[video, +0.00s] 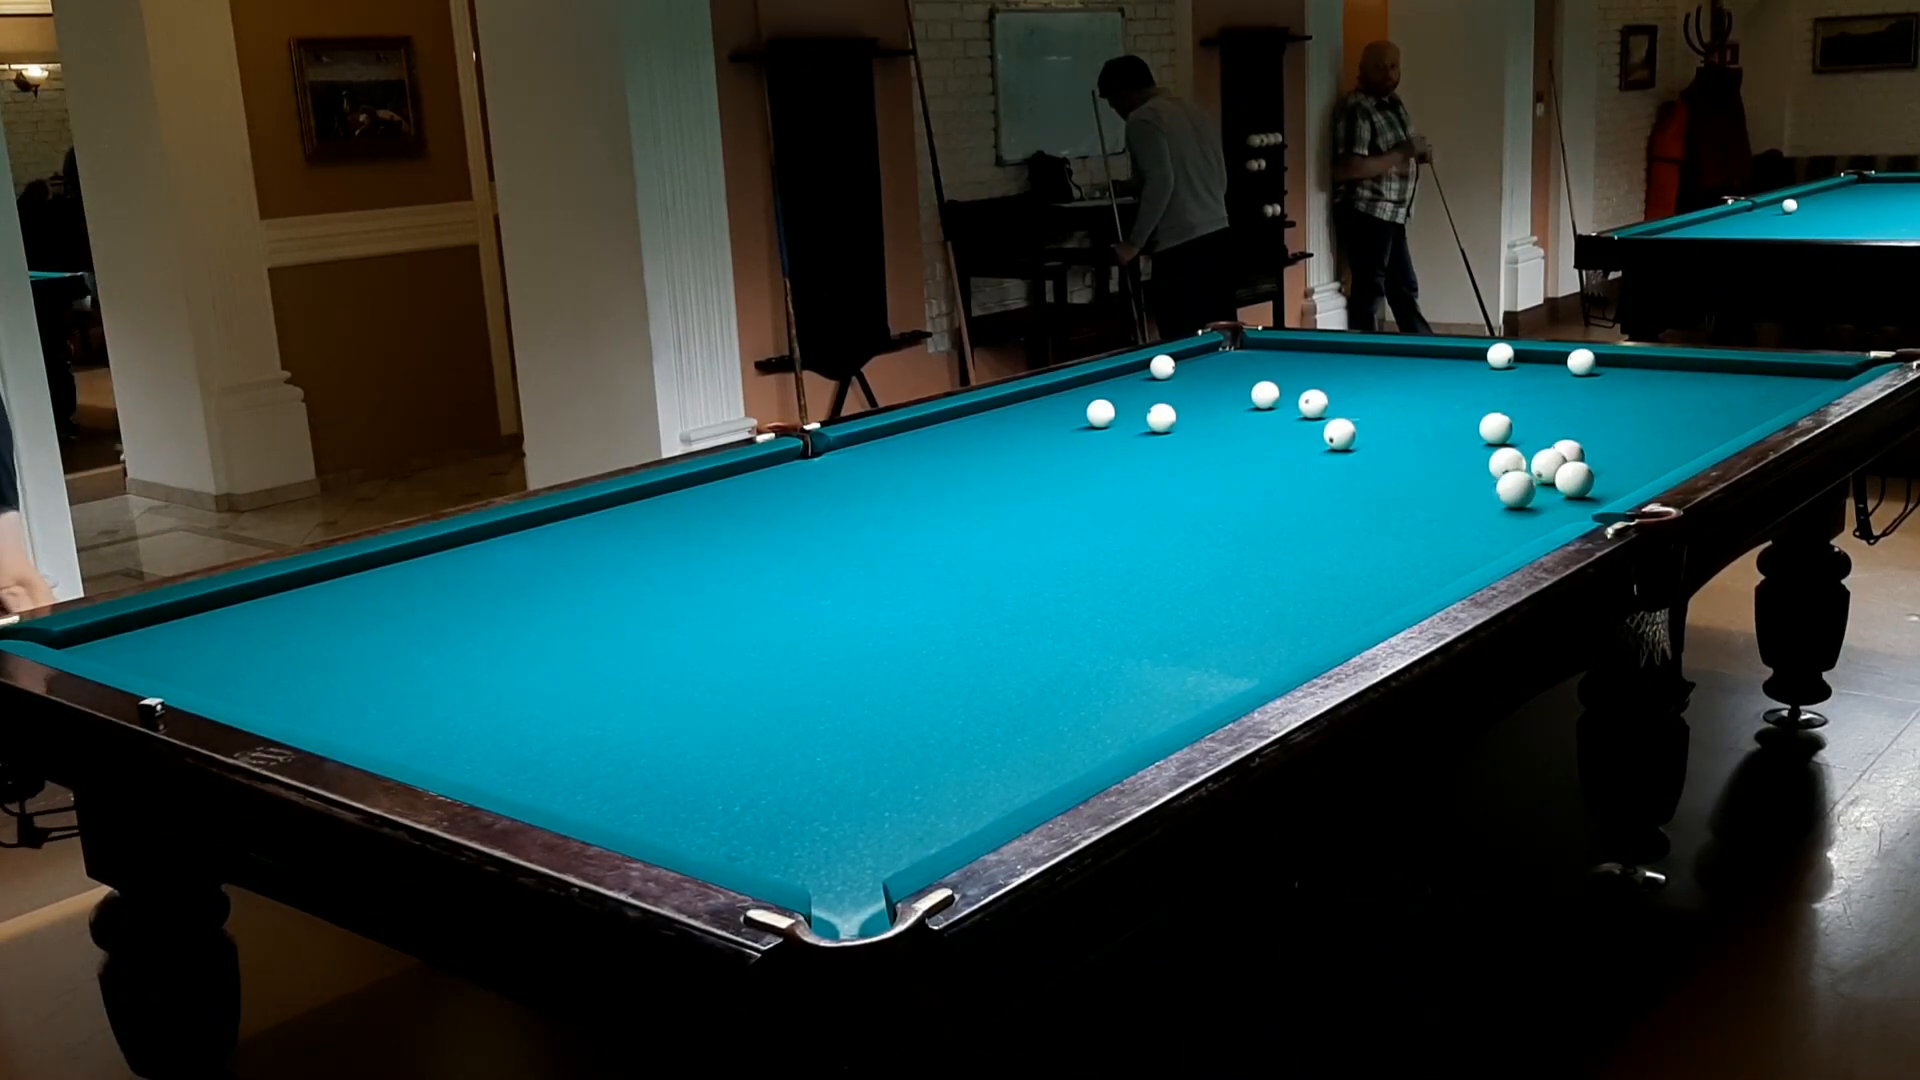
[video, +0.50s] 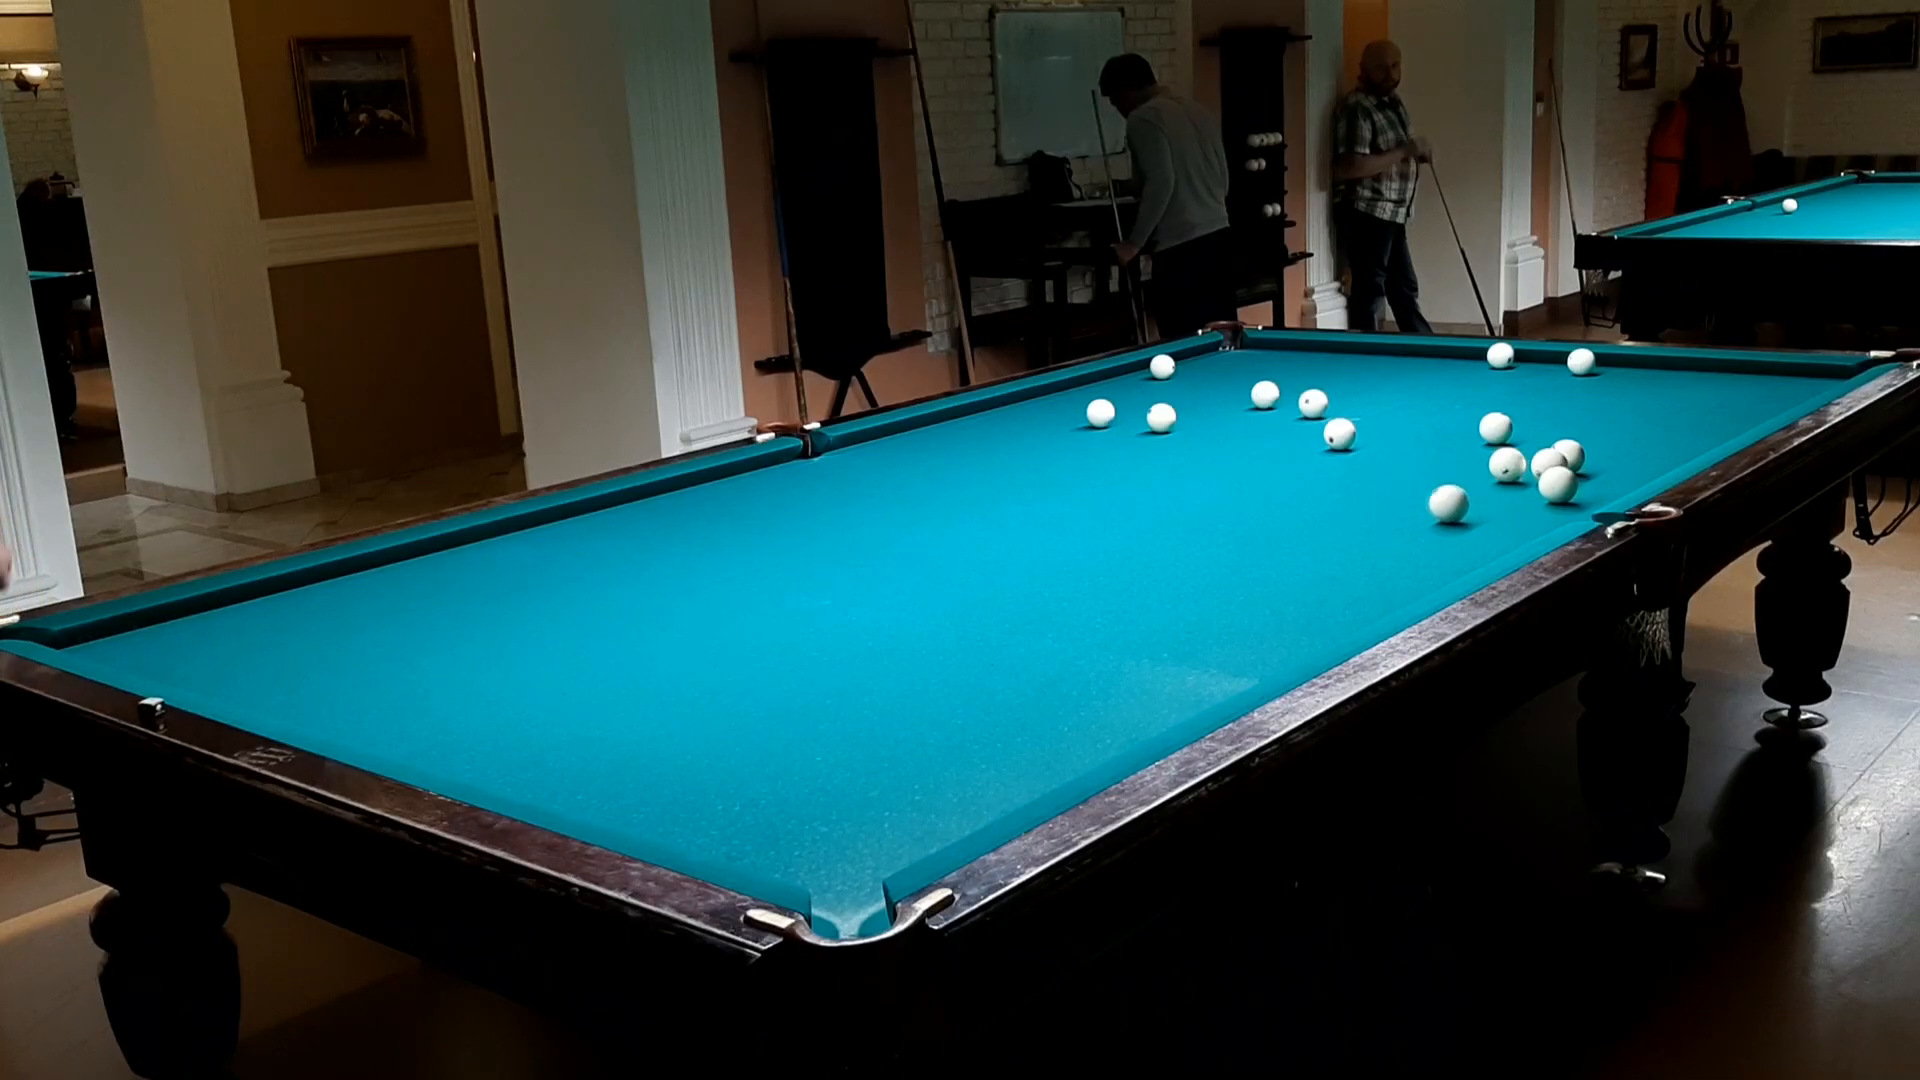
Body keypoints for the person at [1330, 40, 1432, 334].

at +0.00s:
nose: (1393, 74)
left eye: (1396, 67)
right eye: (1386, 67)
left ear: (1399, 68)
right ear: (1367, 69)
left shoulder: (1393, 104)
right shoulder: (1355, 107)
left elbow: (1391, 153)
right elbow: (1350, 167)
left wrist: (1417, 154)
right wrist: (1398, 156)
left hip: (1390, 216)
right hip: (1364, 215)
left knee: (1404, 289)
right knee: (1366, 292)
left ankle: (1425, 352)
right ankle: (1363, 358)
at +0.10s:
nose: (1394, 74)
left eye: (1396, 67)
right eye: (1386, 68)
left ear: (1399, 68)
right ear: (1367, 69)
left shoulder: (1393, 104)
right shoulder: (1355, 107)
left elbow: (1390, 154)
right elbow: (1351, 167)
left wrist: (1417, 155)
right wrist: (1401, 152)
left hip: (1390, 217)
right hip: (1363, 215)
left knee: (1404, 289)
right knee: (1366, 292)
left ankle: (1425, 352)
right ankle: (1363, 358)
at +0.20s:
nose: (1394, 74)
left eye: (1396, 66)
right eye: (1386, 68)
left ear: (1399, 66)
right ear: (1366, 70)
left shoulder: (1394, 104)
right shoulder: (1355, 107)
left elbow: (1389, 157)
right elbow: (1352, 167)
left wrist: (1417, 156)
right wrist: (1402, 150)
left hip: (1390, 217)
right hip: (1364, 216)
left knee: (1404, 290)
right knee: (1367, 293)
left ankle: (1426, 353)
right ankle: (1363, 360)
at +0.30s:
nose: (1393, 74)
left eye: (1396, 66)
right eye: (1385, 68)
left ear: (1400, 67)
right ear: (1366, 70)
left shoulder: (1394, 103)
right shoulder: (1356, 107)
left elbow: (1388, 156)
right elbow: (1353, 167)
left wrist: (1417, 156)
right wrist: (1403, 150)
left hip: (1390, 217)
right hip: (1364, 216)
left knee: (1404, 290)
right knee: (1367, 294)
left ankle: (1425, 352)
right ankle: (1363, 360)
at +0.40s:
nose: (1393, 74)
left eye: (1396, 66)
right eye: (1384, 68)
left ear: (1400, 66)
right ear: (1366, 70)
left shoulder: (1394, 103)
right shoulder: (1355, 106)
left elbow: (1388, 157)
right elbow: (1352, 167)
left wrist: (1417, 156)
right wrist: (1403, 151)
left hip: (1390, 217)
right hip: (1364, 216)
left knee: (1404, 290)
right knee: (1367, 294)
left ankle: (1426, 353)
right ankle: (1363, 360)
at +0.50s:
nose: (1393, 74)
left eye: (1396, 66)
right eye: (1384, 68)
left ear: (1400, 66)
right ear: (1365, 69)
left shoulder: (1394, 104)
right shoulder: (1355, 106)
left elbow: (1389, 156)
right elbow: (1352, 167)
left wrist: (1416, 154)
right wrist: (1403, 152)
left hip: (1390, 217)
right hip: (1364, 216)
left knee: (1404, 290)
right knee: (1367, 293)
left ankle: (1426, 352)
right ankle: (1363, 360)